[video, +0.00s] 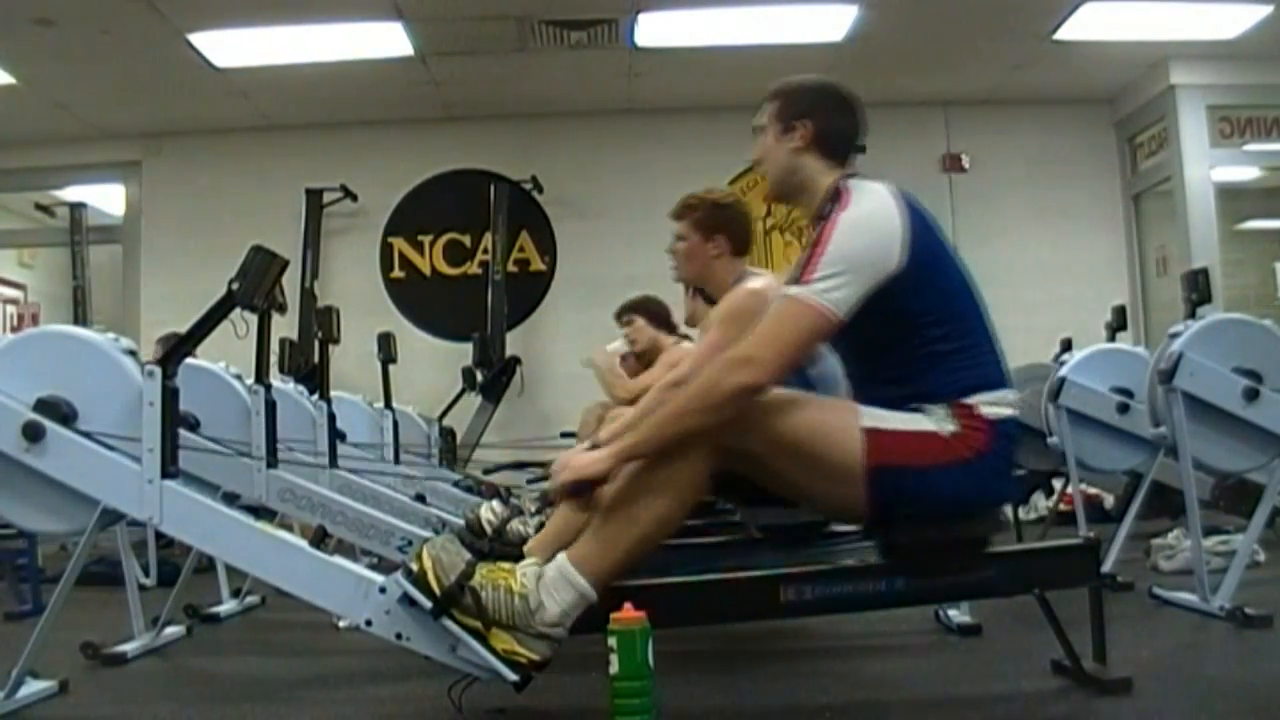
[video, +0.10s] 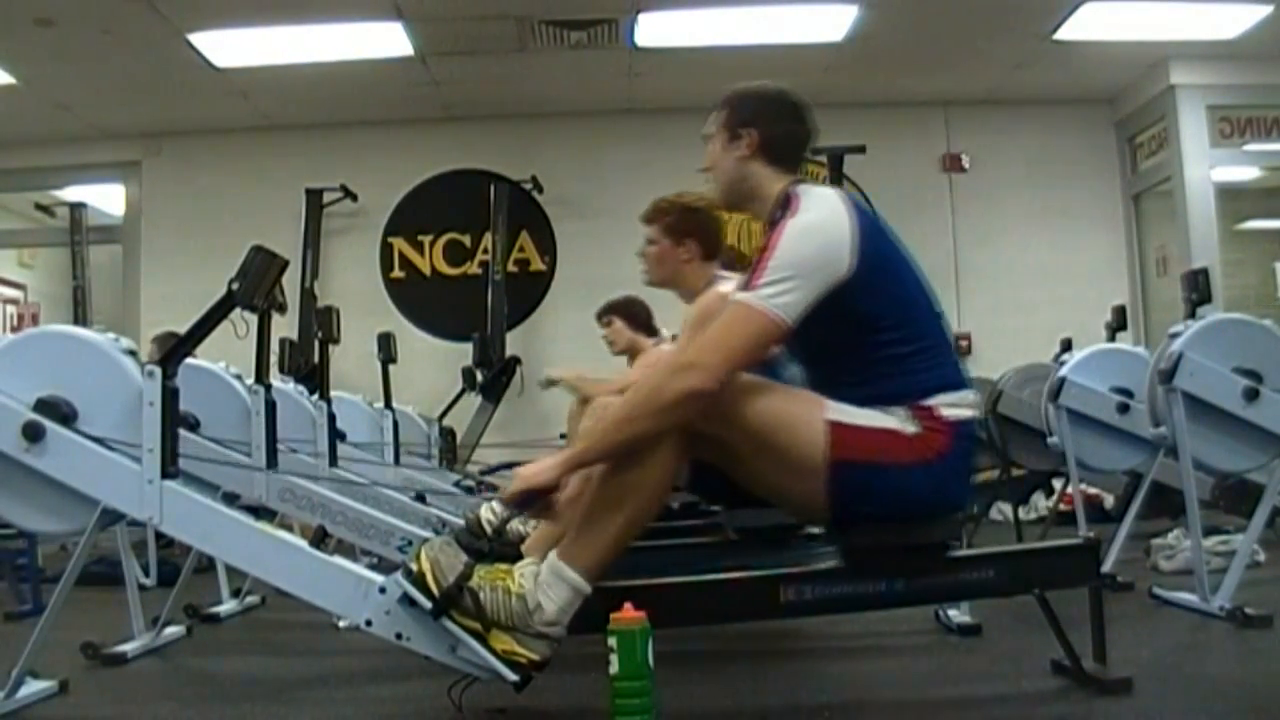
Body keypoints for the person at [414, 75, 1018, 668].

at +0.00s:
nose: (751, 157)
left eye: (760, 135)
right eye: (755, 138)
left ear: (802, 137)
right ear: (806, 138)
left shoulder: (868, 213)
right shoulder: (830, 224)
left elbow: (754, 371)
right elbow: (732, 350)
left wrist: (612, 451)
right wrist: (617, 441)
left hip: (961, 441)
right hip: (912, 430)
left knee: (714, 419)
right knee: (696, 409)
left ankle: (546, 608)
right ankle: (536, 592)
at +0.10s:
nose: (704, 163)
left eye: (712, 144)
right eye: (707, 146)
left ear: (750, 144)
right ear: (765, 147)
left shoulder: (821, 217)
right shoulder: (790, 227)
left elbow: (697, 374)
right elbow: (686, 362)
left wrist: (566, 460)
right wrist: (573, 455)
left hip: (919, 447)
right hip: (874, 436)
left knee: (687, 398)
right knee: (661, 394)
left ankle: (545, 607)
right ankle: (534, 584)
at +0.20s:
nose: (658, 166)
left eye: (665, 150)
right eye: (660, 151)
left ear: (697, 150)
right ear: (713, 154)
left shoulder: (770, 225)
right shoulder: (735, 235)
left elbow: (650, 382)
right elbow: (642, 370)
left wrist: (515, 467)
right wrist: (549, 475)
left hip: (882, 450)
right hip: (837, 440)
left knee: (654, 385)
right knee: (631, 394)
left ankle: (544, 602)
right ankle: (531, 590)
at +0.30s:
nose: (616, 174)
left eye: (622, 157)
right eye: (619, 158)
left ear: (651, 157)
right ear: (678, 162)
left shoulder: (726, 228)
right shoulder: (702, 235)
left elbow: (601, 382)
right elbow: (606, 382)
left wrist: (472, 471)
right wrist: (501, 481)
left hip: (838, 456)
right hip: (803, 451)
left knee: (611, 370)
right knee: (606, 386)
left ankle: (534, 596)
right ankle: (534, 600)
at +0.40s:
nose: (579, 182)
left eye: (583, 164)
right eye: (581, 165)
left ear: (609, 162)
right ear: (649, 167)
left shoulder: (686, 232)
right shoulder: (671, 237)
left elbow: (558, 392)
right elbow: (566, 398)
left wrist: (431, 474)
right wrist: (463, 486)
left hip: (798, 460)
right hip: (776, 456)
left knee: (577, 363)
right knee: (578, 368)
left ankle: (537, 597)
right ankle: (535, 590)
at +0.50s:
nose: (548, 189)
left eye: (550, 171)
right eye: (549, 173)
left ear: (575, 168)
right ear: (621, 168)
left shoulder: (653, 235)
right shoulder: (648, 237)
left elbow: (522, 391)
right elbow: (535, 409)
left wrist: (394, 474)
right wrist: (430, 487)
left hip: (767, 465)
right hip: (755, 460)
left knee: (559, 363)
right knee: (559, 364)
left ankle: (537, 592)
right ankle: (537, 586)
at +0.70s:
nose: (524, 189)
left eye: (527, 171)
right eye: (526, 173)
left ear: (550, 168)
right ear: (595, 169)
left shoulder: (625, 239)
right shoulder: (621, 239)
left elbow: (476, 380)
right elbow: (499, 404)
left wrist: (346, 456)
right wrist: (391, 472)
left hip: (749, 465)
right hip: (733, 460)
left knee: (544, 359)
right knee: (536, 361)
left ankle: (535, 586)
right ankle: (531, 571)